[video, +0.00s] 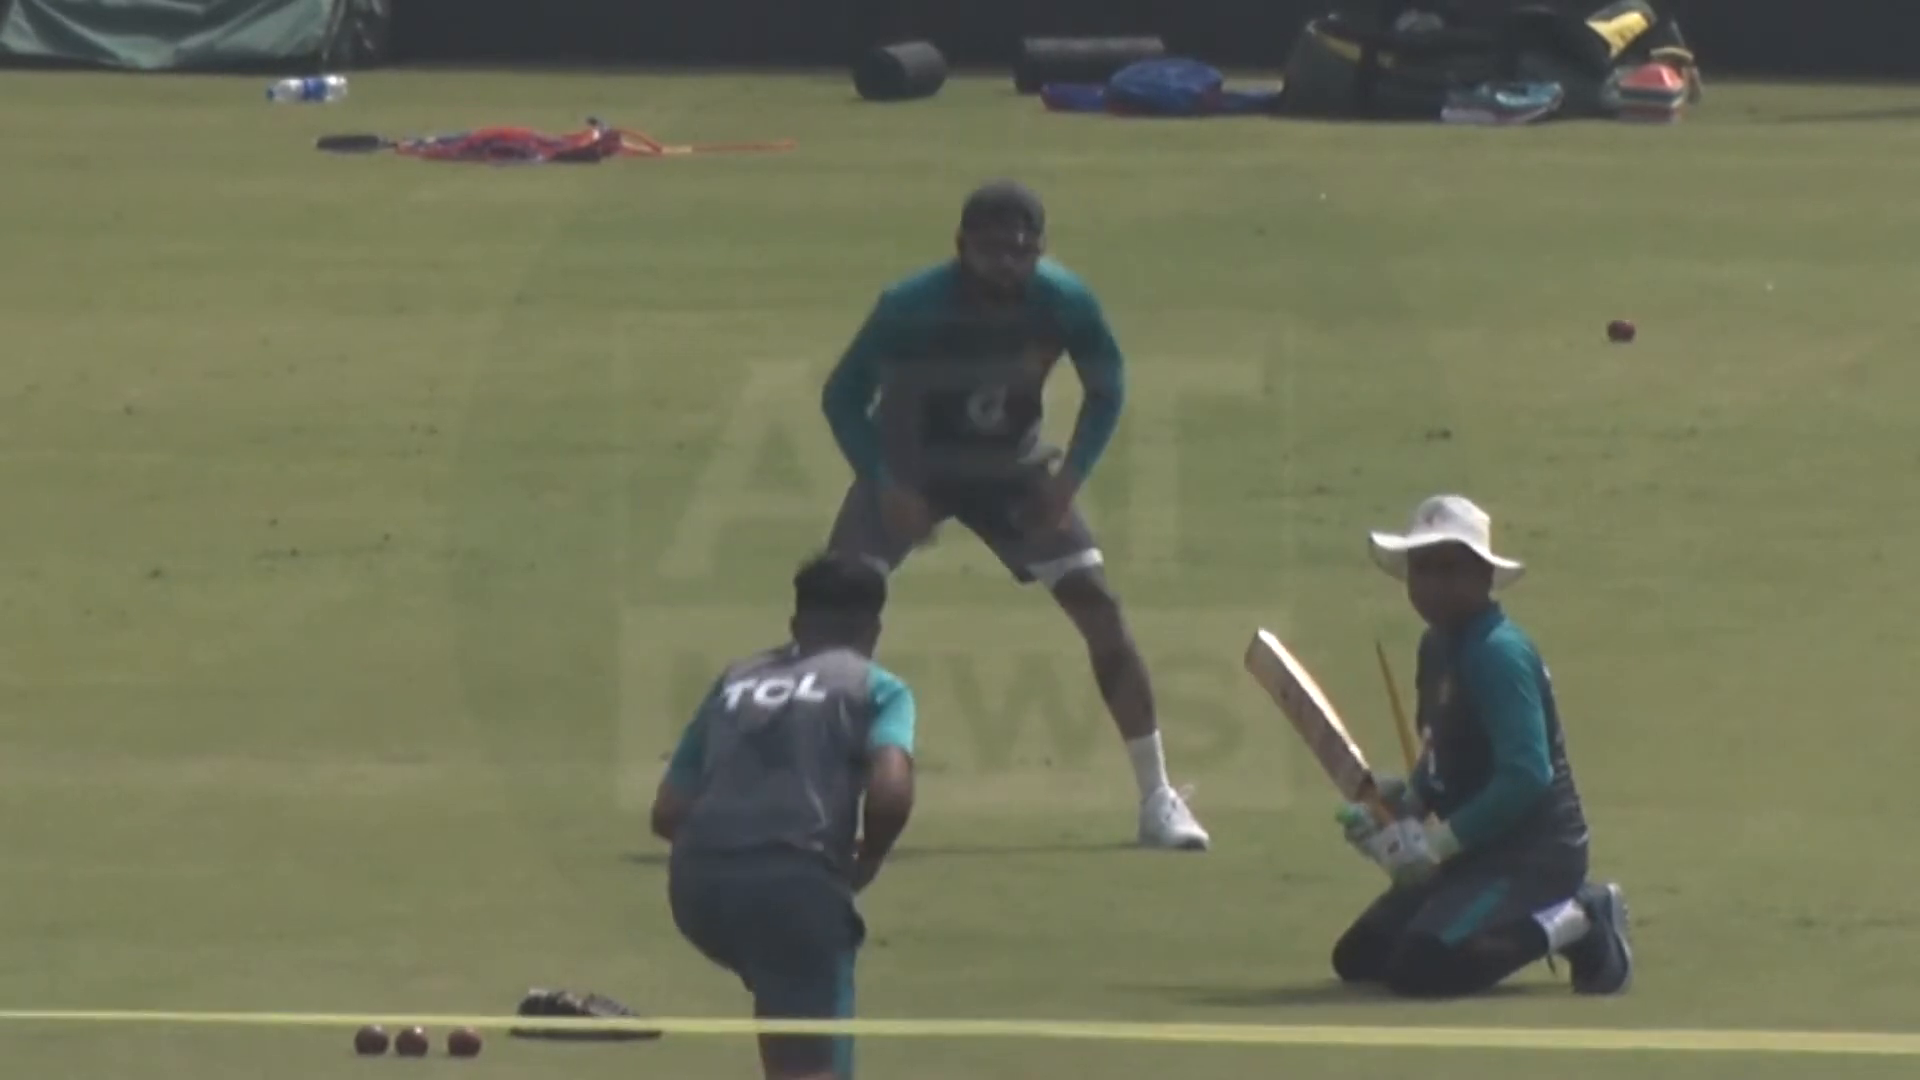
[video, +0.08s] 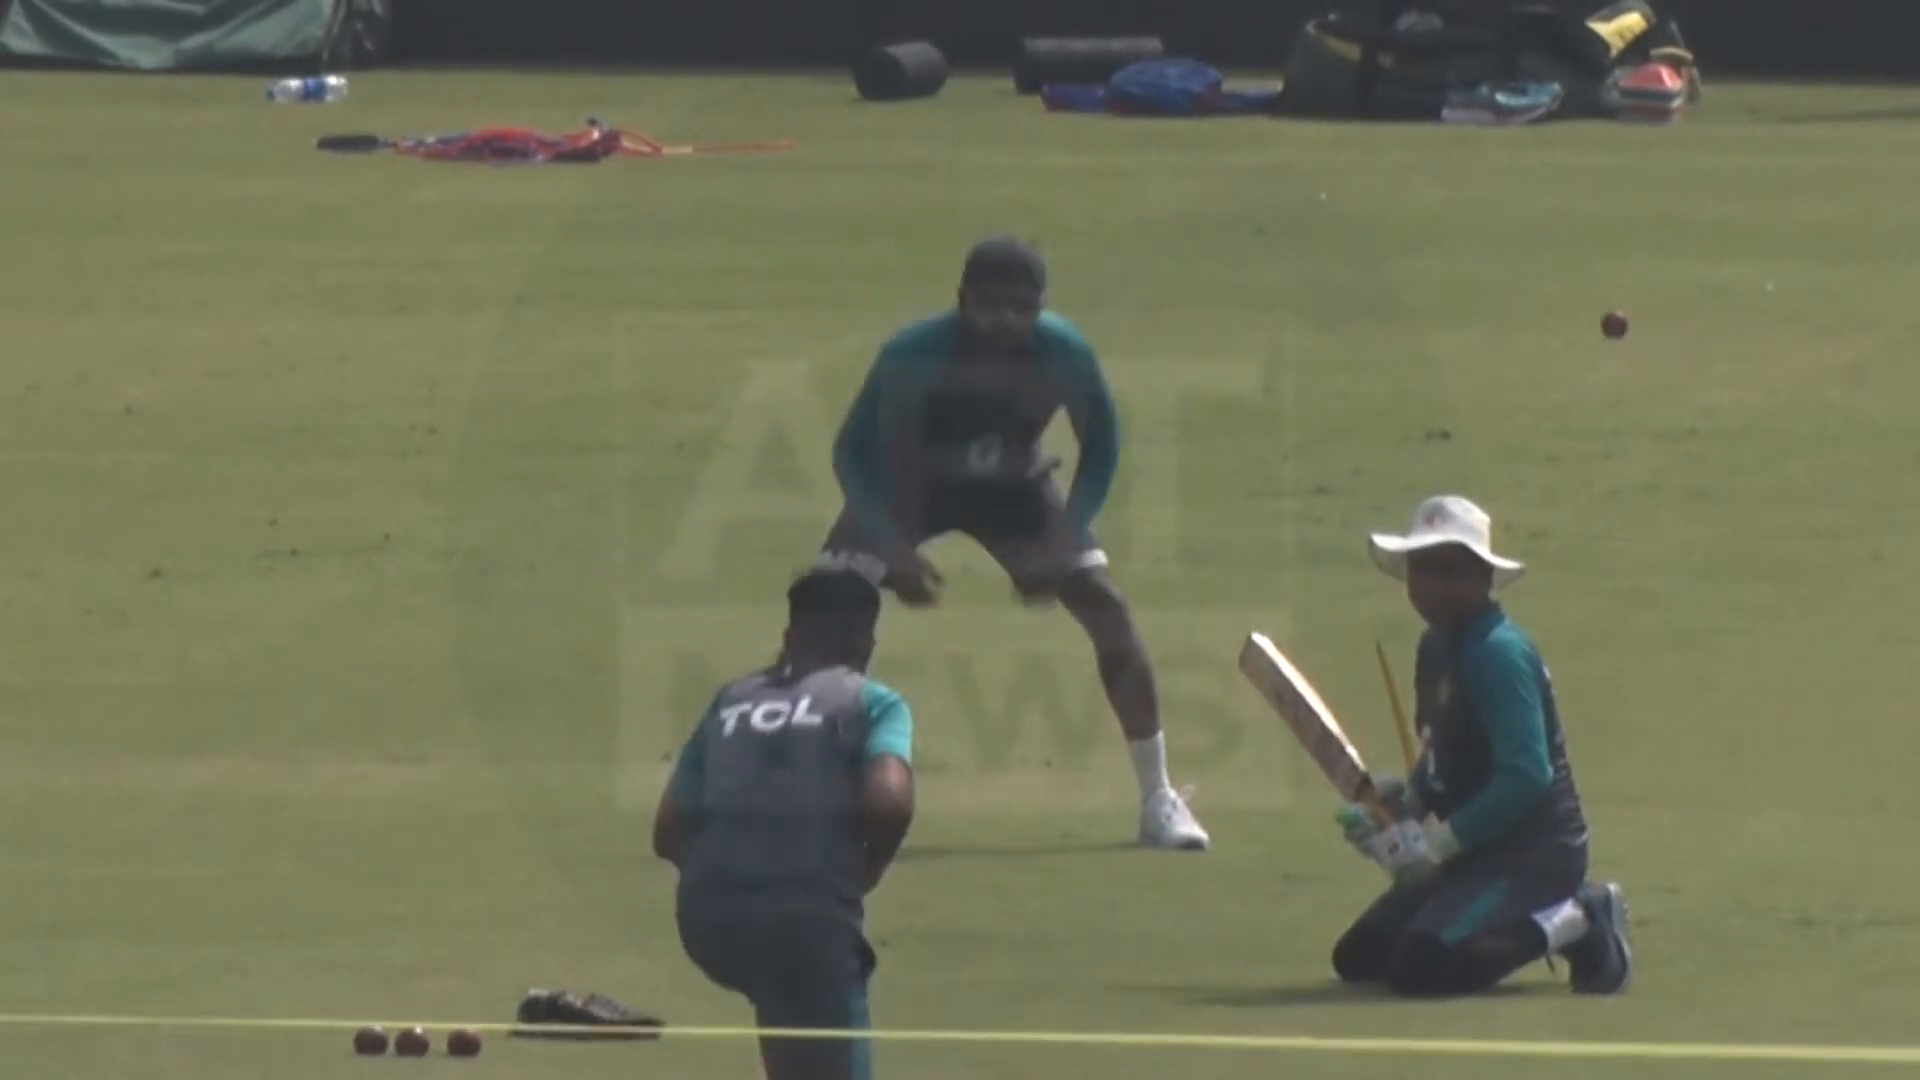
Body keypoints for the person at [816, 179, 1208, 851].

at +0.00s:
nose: (1004, 265)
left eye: (1018, 251)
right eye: (990, 250)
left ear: (1038, 249)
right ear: (961, 245)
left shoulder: (1066, 304)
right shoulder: (908, 308)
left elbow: (1106, 389)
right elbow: (841, 395)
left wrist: (1067, 480)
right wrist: (883, 484)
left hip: (1011, 474)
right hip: (909, 467)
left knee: (1098, 609)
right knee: (840, 601)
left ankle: (1159, 797)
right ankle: (817, 786)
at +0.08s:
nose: (1003, 321)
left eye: (1018, 307)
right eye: (989, 306)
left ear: (1038, 306)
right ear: (963, 300)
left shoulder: (1064, 355)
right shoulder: (911, 356)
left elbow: (1099, 448)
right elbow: (850, 454)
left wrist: (1062, 541)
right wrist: (894, 547)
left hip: (1012, 494)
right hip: (906, 492)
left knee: (1109, 613)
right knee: (835, 607)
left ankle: (1159, 797)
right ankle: (811, 788)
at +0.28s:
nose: (1010, 416)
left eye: (1024, 402)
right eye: (995, 402)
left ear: (1041, 393)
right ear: (963, 389)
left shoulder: (1063, 437)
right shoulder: (912, 435)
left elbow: (1084, 534)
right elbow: (866, 543)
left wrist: (1065, 622)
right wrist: (910, 621)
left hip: (1017, 546)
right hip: (915, 544)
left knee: (1116, 621)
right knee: (824, 609)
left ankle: (1159, 800)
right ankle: (791, 776)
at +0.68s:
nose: (1000, 429)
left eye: (1014, 414)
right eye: (985, 415)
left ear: (1031, 407)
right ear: (958, 404)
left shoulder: (1056, 446)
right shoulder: (904, 449)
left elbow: (1077, 547)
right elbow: (855, 556)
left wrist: (1047, 640)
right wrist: (914, 634)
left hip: (1006, 545)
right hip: (907, 550)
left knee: (1113, 620)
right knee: (831, 623)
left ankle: (1159, 801)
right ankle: (811, 783)